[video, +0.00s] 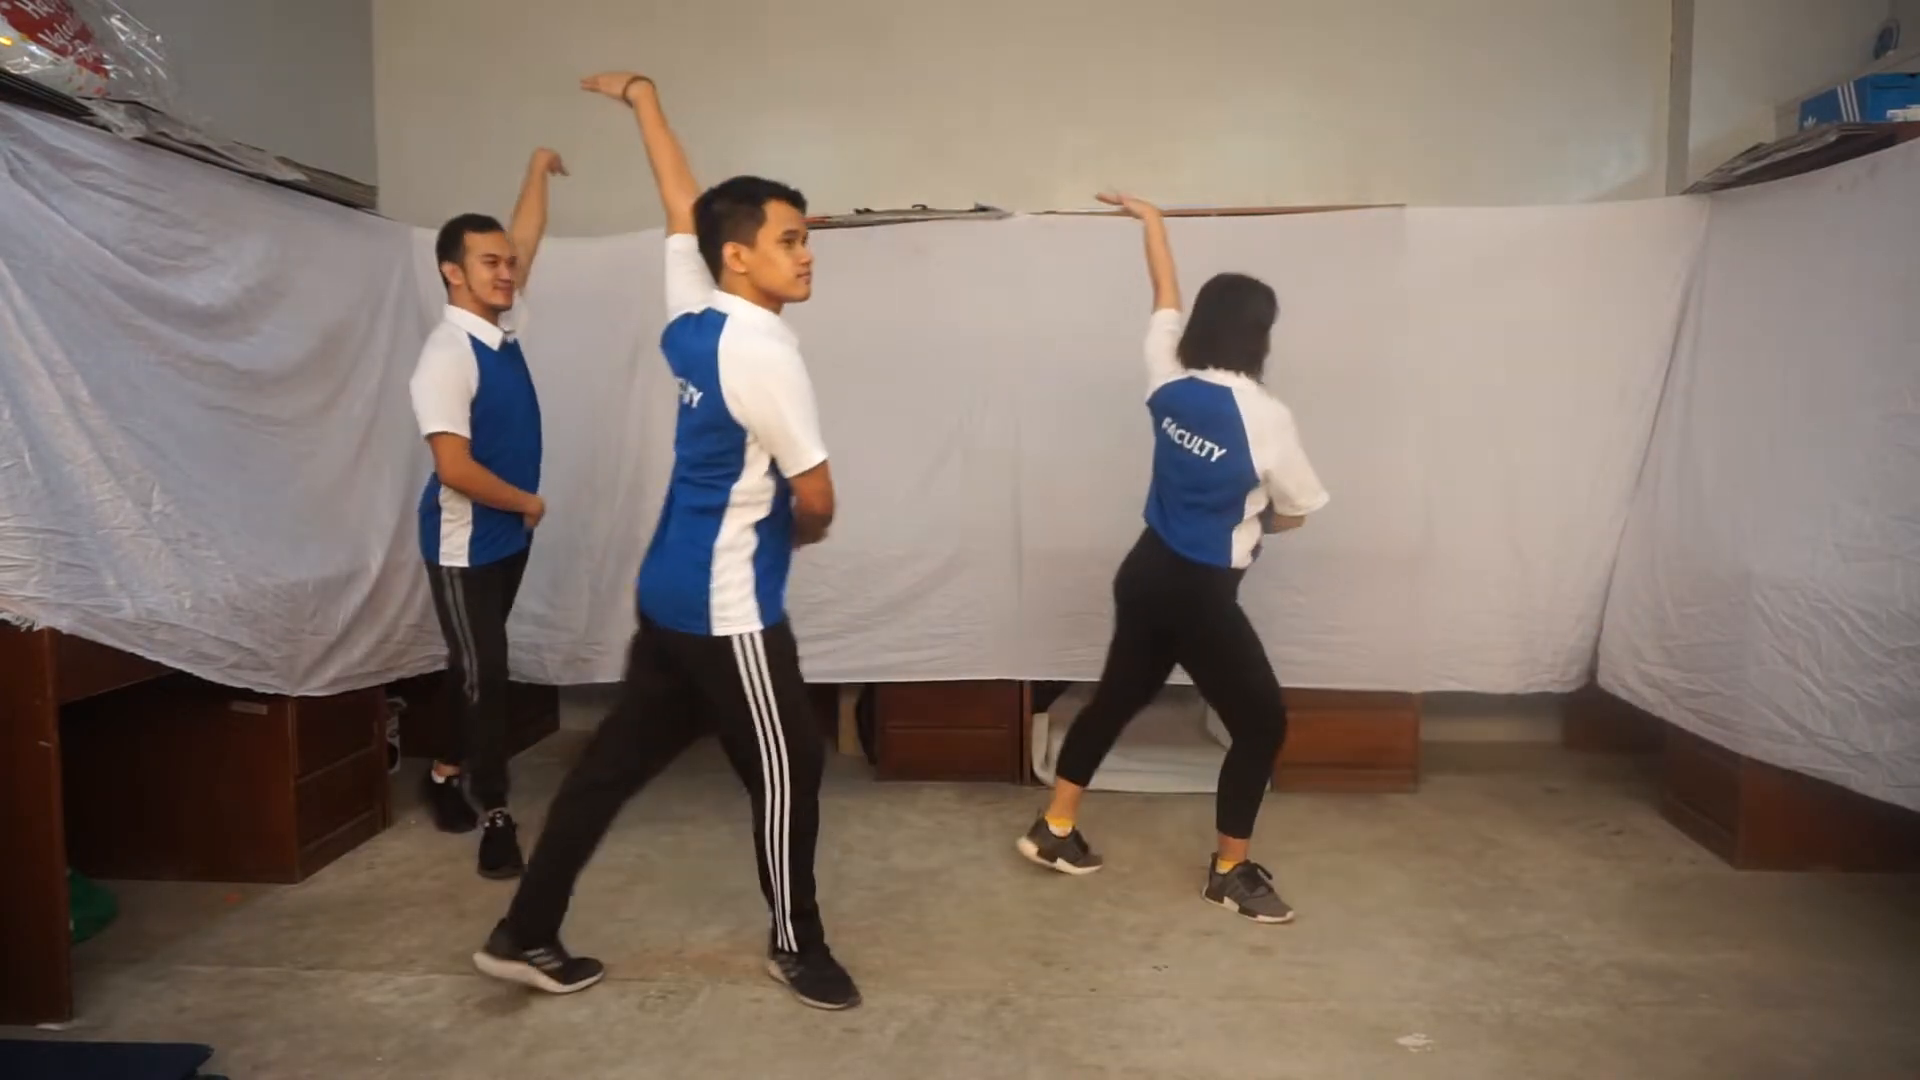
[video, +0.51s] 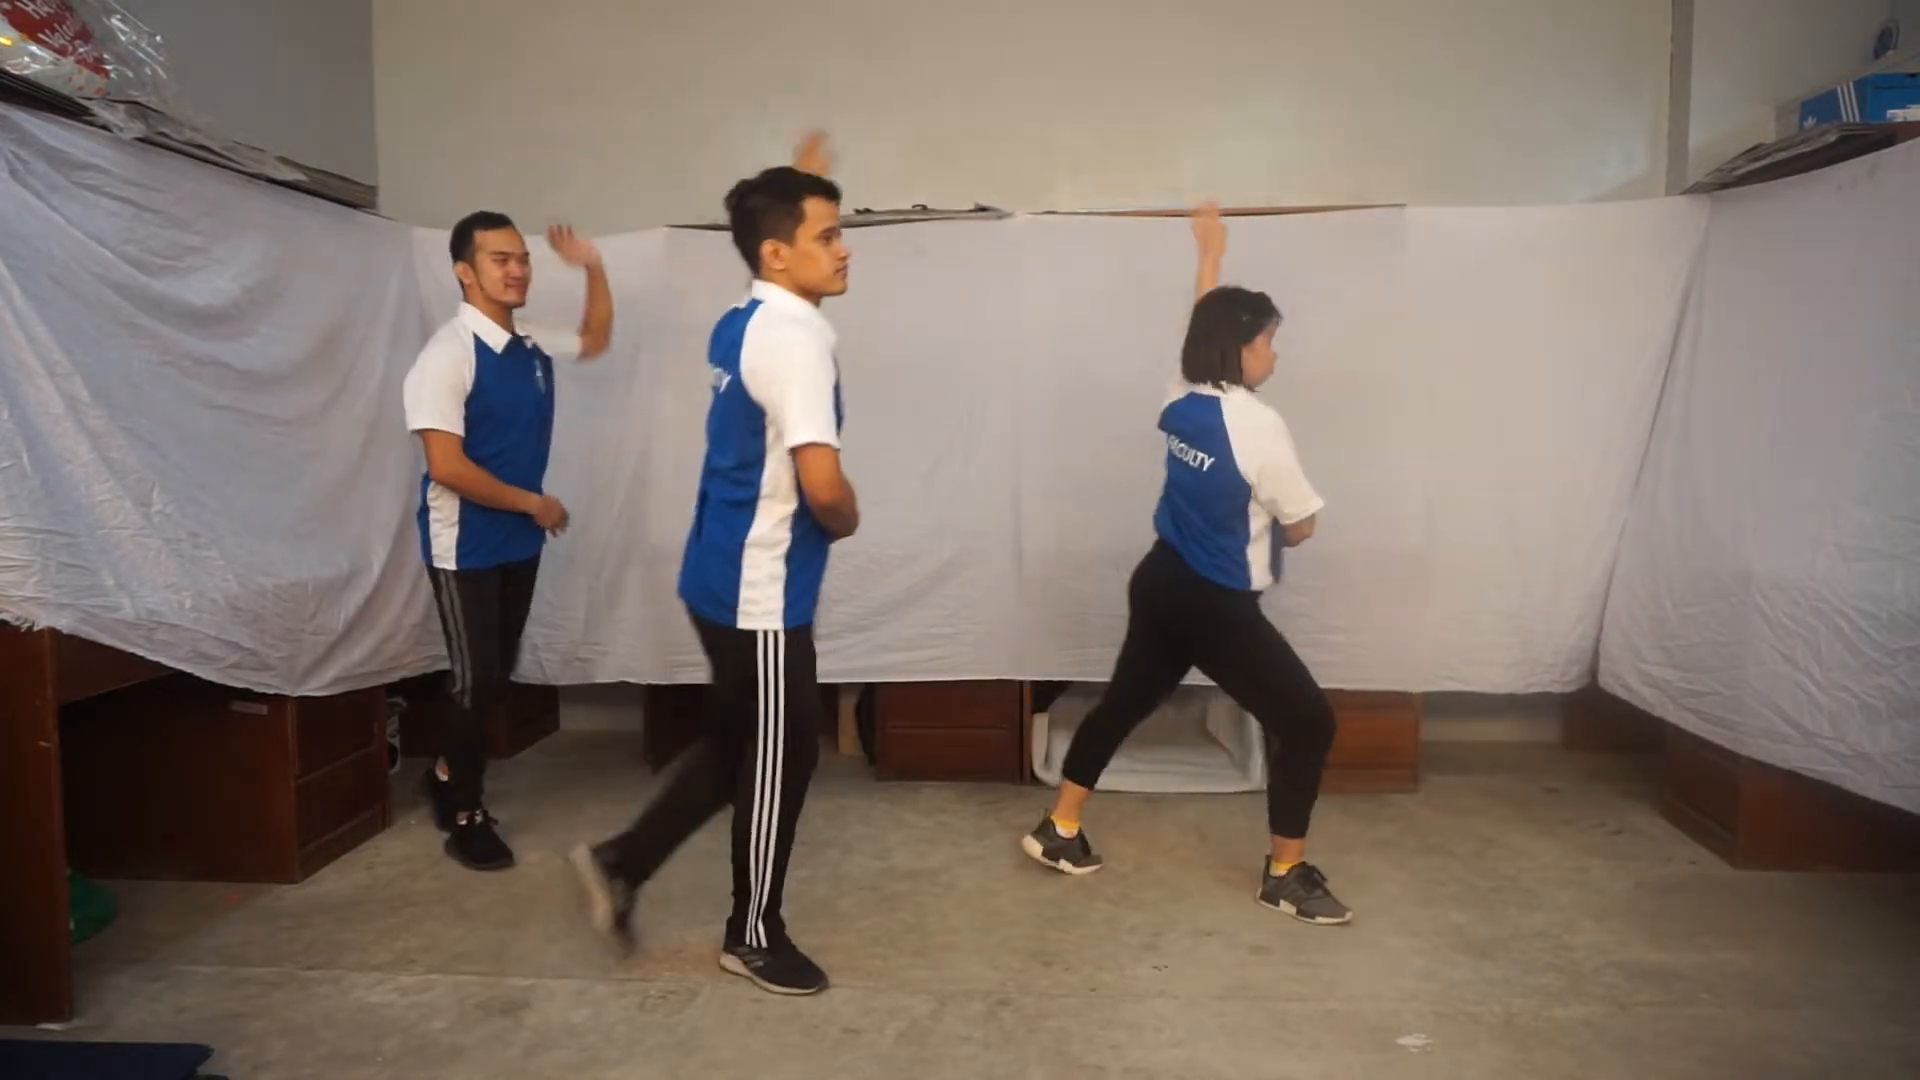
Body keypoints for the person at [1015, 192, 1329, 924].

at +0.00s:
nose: (1272, 335)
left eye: (1264, 324)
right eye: (1269, 326)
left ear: (1202, 326)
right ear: (1259, 335)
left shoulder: (1168, 378)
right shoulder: (1263, 415)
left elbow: (1164, 293)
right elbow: (1300, 506)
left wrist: (1148, 216)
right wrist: (1253, 519)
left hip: (1144, 576)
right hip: (1201, 595)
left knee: (1116, 698)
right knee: (1262, 724)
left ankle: (1055, 825)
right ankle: (1231, 867)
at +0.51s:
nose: (1275, 353)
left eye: (1273, 341)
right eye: (1269, 341)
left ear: (1213, 345)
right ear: (1237, 346)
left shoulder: (1185, 398)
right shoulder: (1257, 423)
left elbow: (1202, 328)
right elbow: (1300, 524)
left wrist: (1209, 252)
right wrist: (1275, 531)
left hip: (1159, 582)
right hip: (1215, 604)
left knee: (1122, 704)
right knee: (1308, 723)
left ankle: (1060, 827)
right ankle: (1286, 870)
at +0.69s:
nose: (1324, 324)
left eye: (1322, 312)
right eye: (1307, 315)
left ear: (1287, 337)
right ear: (1271, 337)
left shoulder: (1275, 388)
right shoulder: (1291, 401)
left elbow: (1305, 445)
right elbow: (1343, 507)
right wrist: (1382, 533)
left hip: (1250, 581)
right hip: (1281, 592)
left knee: (1285, 719)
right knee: (1329, 728)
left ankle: (1166, 799)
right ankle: (1286, 872)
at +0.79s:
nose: (1350, 319)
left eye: (1349, 307)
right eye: (1330, 312)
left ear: (1351, 322)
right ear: (1296, 334)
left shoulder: (1329, 394)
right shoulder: (1311, 400)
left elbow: (1352, 465)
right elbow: (1350, 507)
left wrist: (1414, 473)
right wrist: (1417, 534)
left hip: (1317, 591)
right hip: (1291, 596)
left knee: (1370, 716)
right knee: (1329, 731)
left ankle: (1272, 820)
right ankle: (1286, 869)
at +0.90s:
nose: (1370, 313)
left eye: (1374, 301)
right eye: (1351, 306)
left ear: (1387, 313)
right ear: (1321, 328)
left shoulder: (1380, 394)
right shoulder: (1322, 395)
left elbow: (1408, 482)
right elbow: (1341, 502)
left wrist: (1477, 522)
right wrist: (1422, 530)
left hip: (1373, 585)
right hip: (1317, 590)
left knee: (1412, 711)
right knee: (1343, 730)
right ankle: (1291, 869)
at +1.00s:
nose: (1390, 316)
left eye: (1398, 303)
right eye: (1372, 306)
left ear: (1411, 316)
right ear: (1342, 324)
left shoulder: (1421, 400)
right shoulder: (1328, 398)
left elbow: (1466, 482)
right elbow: (1322, 501)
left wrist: (1541, 536)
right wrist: (1417, 526)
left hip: (1418, 582)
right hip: (1353, 589)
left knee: (1437, 715)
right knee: (1388, 726)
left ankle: (1400, 857)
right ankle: (1344, 865)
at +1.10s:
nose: (1407, 319)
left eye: (1417, 307)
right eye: (1390, 309)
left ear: (1432, 321)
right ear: (1362, 326)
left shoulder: (1454, 402)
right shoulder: (1341, 405)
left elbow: (1524, 469)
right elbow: (1321, 507)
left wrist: (1605, 517)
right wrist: (1412, 521)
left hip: (1451, 590)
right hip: (1373, 597)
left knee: (1488, 724)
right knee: (1396, 734)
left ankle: (1426, 842)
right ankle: (1378, 872)